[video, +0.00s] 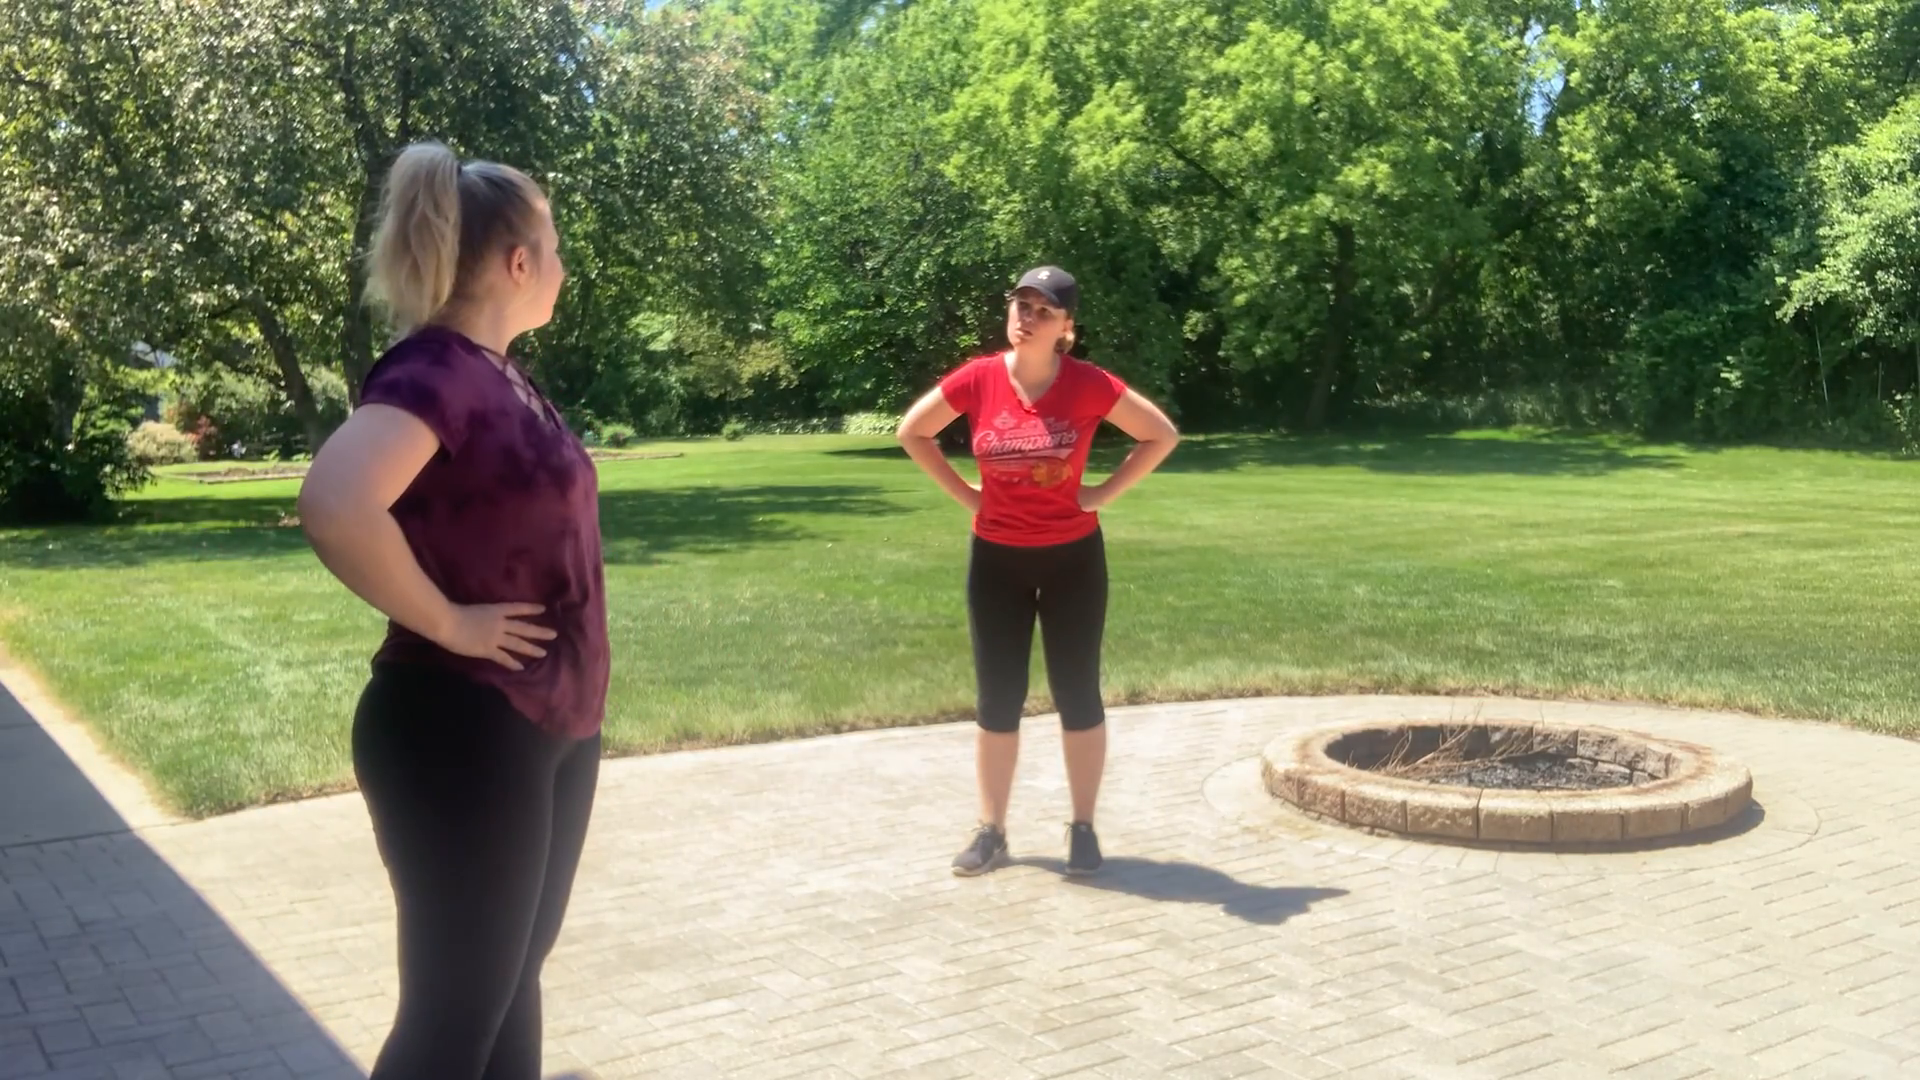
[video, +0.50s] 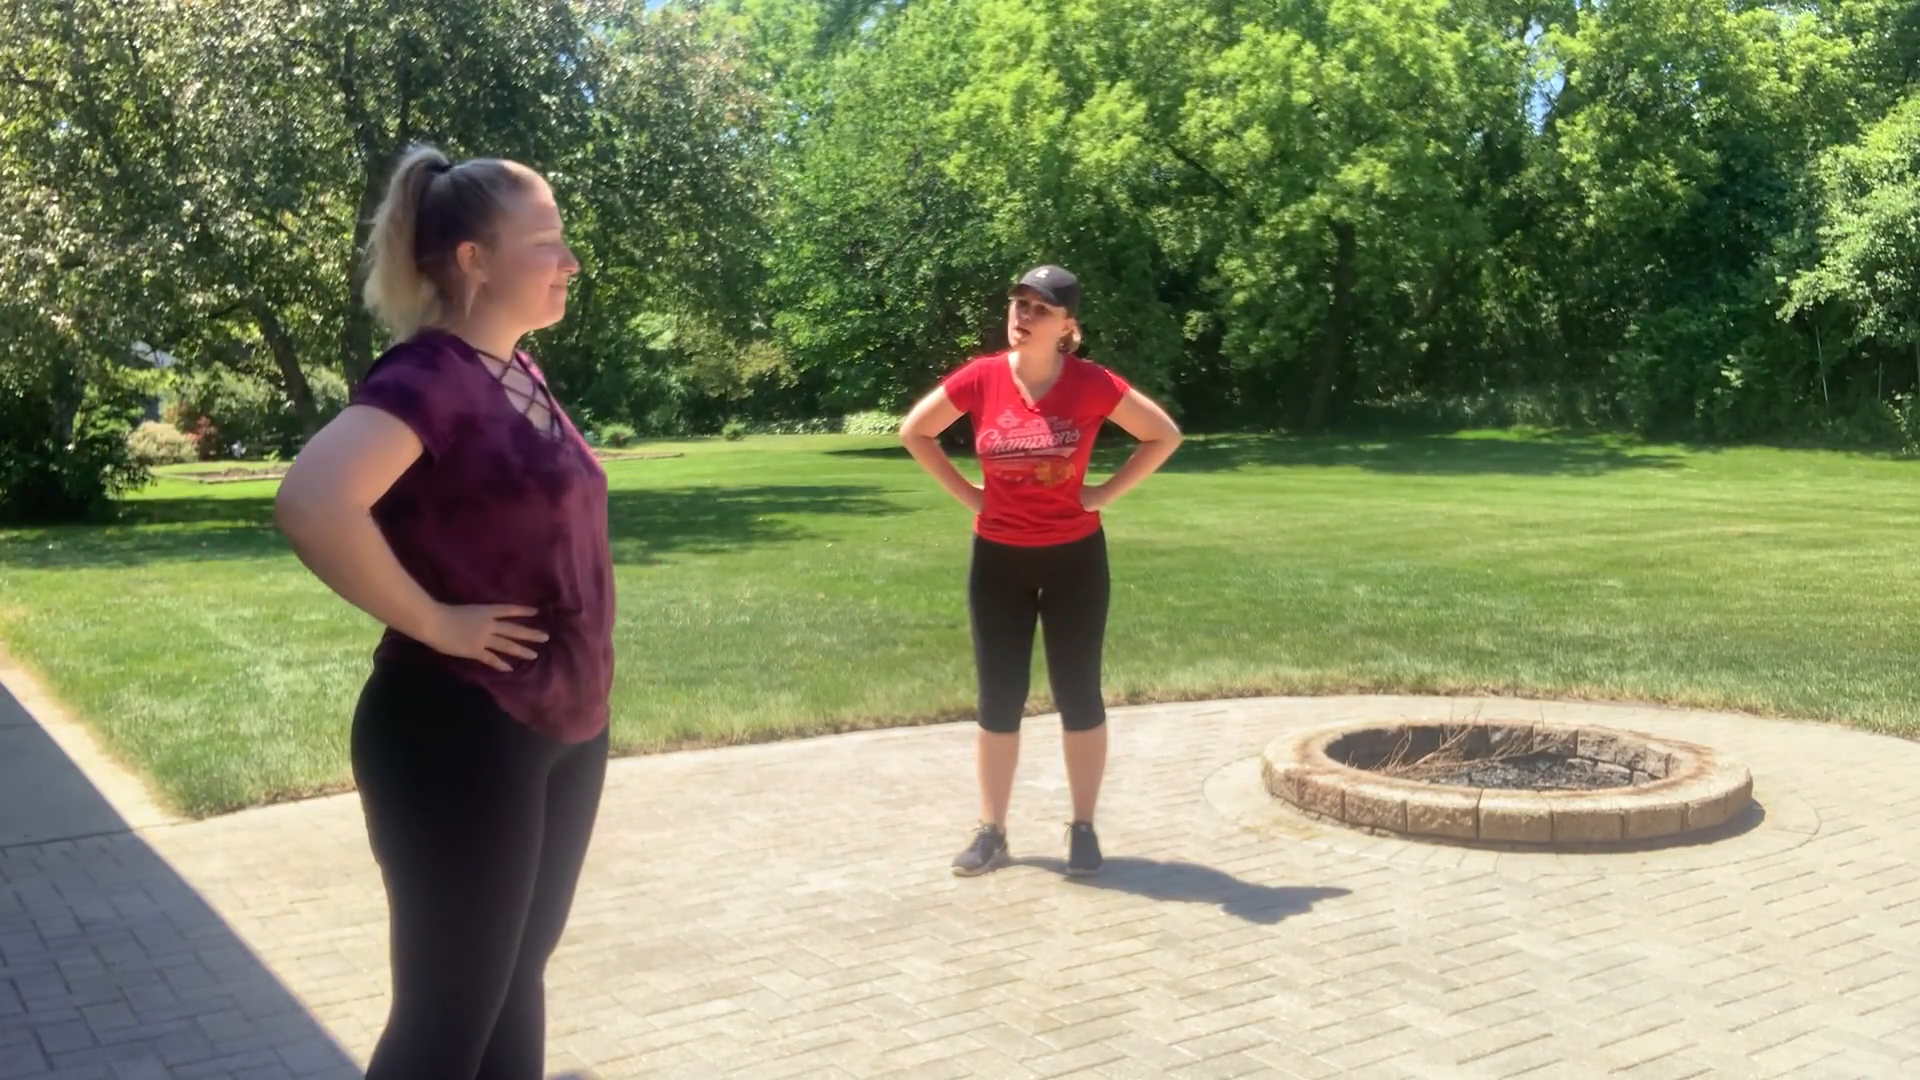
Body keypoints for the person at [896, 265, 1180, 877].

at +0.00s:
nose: (1025, 316)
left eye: (1040, 311)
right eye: (1021, 306)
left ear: (1066, 326)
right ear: (1009, 312)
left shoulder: (1088, 384)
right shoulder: (980, 376)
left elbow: (1163, 435)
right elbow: (912, 432)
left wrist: (1102, 494)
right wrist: (967, 494)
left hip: (1072, 555)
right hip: (996, 555)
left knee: (1076, 695)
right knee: (997, 698)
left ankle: (1083, 826)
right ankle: (991, 829)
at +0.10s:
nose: (1026, 317)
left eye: (1040, 311)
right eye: (1021, 306)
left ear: (1066, 325)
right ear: (1009, 311)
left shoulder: (1089, 384)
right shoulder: (980, 376)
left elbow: (1164, 435)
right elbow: (912, 433)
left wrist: (1102, 494)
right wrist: (968, 494)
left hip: (1072, 555)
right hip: (996, 555)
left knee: (1077, 695)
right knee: (998, 698)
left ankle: (1083, 826)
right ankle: (991, 829)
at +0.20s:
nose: (1026, 317)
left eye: (1041, 311)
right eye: (1022, 306)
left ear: (1067, 325)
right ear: (1010, 311)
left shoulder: (1090, 383)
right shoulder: (980, 376)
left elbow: (1164, 435)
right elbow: (913, 433)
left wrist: (1102, 494)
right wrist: (968, 494)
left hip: (1073, 555)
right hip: (996, 555)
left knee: (1077, 695)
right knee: (998, 698)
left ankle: (1083, 826)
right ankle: (991, 829)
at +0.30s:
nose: (1028, 317)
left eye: (1042, 311)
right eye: (1023, 306)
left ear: (1068, 325)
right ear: (1011, 311)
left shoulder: (1090, 383)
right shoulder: (981, 376)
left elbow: (1165, 436)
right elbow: (913, 433)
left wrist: (1103, 494)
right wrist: (969, 494)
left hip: (1073, 555)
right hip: (997, 555)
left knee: (1077, 695)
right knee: (998, 698)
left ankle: (1083, 826)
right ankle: (991, 829)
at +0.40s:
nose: (1027, 318)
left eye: (1042, 311)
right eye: (1022, 307)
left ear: (1069, 325)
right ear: (1011, 313)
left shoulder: (1091, 383)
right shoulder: (982, 376)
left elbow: (1165, 436)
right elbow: (914, 433)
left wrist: (1103, 494)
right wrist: (969, 494)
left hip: (1073, 555)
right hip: (997, 555)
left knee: (1077, 695)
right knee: (998, 698)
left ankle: (1083, 826)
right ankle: (991, 829)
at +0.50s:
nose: (1021, 316)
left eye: (1036, 311)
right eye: (1018, 306)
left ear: (1068, 326)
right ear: (1009, 311)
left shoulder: (1092, 383)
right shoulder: (982, 376)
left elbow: (1166, 435)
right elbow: (914, 432)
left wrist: (1104, 494)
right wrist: (969, 493)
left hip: (1074, 555)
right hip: (998, 555)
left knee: (1077, 695)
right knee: (998, 698)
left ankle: (1083, 826)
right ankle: (991, 829)